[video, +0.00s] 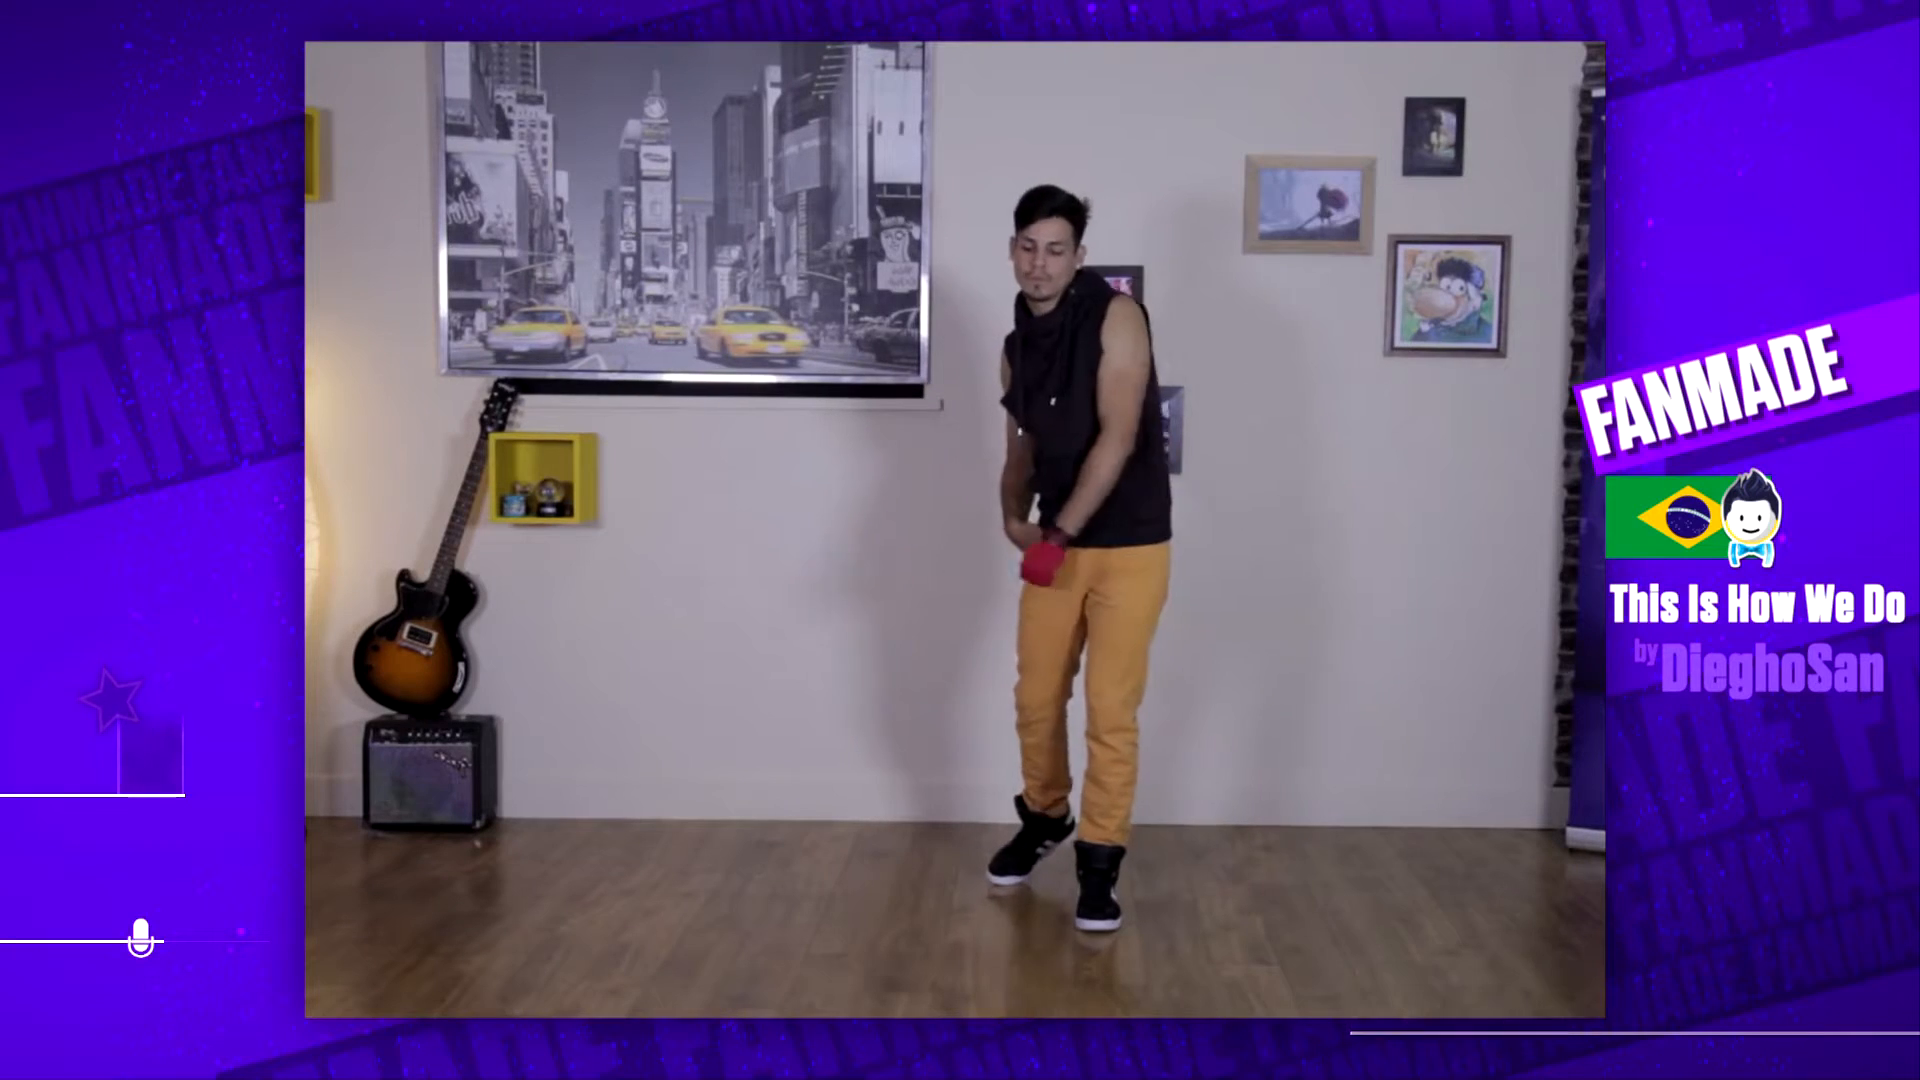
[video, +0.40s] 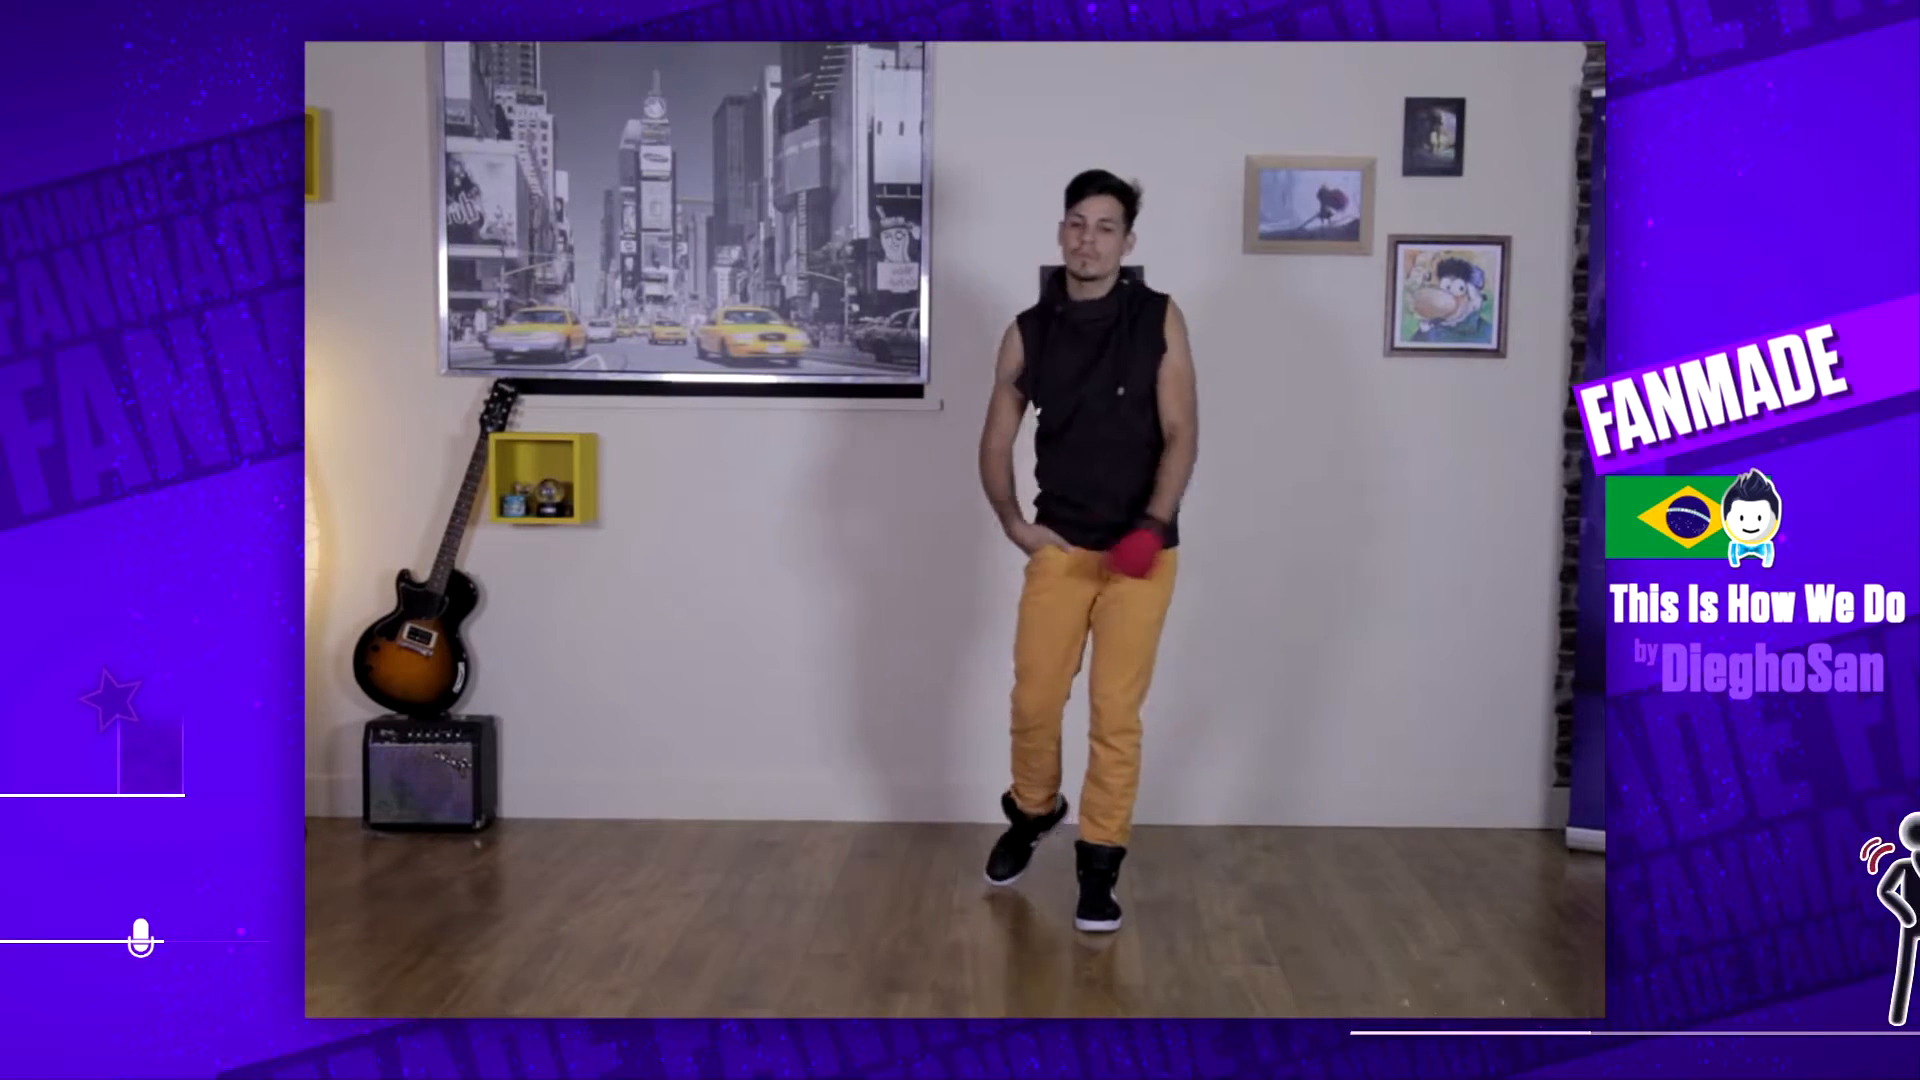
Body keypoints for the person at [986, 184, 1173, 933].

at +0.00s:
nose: (1037, 263)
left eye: (1053, 250)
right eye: (1026, 249)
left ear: (1079, 256)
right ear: (1011, 254)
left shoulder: (1118, 320)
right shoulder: (1018, 348)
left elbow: (1119, 437)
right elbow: (1019, 448)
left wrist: (1061, 534)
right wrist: (1014, 517)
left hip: (1128, 546)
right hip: (1055, 544)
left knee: (1109, 710)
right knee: (1036, 701)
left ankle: (1100, 865)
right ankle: (1045, 817)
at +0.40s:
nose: (1087, 240)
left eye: (1105, 228)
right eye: (1076, 225)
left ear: (1127, 241)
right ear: (1061, 232)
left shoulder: (1159, 319)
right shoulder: (1029, 330)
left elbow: (1181, 435)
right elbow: (995, 442)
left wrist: (1154, 525)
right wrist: (1013, 520)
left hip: (1138, 547)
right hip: (1057, 543)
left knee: (1115, 713)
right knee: (1033, 703)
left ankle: (1101, 865)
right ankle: (1032, 814)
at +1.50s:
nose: (1034, 238)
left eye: (1051, 226)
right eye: (1023, 224)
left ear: (1076, 238)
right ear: (1005, 233)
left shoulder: (1112, 322)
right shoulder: (972, 332)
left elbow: (1130, 447)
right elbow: (909, 446)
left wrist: (1050, 377)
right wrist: (967, 533)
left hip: (1103, 562)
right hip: (1009, 562)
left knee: (1143, 726)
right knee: (991, 736)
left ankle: (1161, 887)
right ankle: (968, 898)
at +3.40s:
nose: (1076, 253)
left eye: (1091, 238)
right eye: (1067, 240)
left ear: (1136, 232)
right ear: (1060, 241)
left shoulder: (1182, 318)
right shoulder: (1058, 326)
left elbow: (1155, 429)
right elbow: (1036, 439)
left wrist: (1090, 342)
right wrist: (1016, 519)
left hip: (1144, 571)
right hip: (1050, 566)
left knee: (1166, 746)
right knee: (1015, 741)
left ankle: (1190, 908)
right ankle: (982, 902)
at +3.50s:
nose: (1085, 264)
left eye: (1100, 249)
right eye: (1076, 249)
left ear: (1146, 244)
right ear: (1068, 248)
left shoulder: (1187, 329)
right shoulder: (1045, 332)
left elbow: (1166, 437)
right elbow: (1015, 446)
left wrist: (1101, 352)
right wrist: (1013, 530)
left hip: (1147, 572)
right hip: (1052, 566)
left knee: (1166, 745)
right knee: (1013, 743)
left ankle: (1191, 908)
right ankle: (981, 903)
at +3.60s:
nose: (1089, 267)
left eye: (1107, 253)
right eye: (1082, 250)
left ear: (1152, 253)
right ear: (1073, 245)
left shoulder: (1180, 336)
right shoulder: (1039, 319)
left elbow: (1169, 446)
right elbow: (983, 439)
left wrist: (1105, 356)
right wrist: (1008, 534)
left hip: (1144, 570)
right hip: (1049, 566)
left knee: (1163, 742)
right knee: (1007, 742)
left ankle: (1190, 907)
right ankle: (978, 903)